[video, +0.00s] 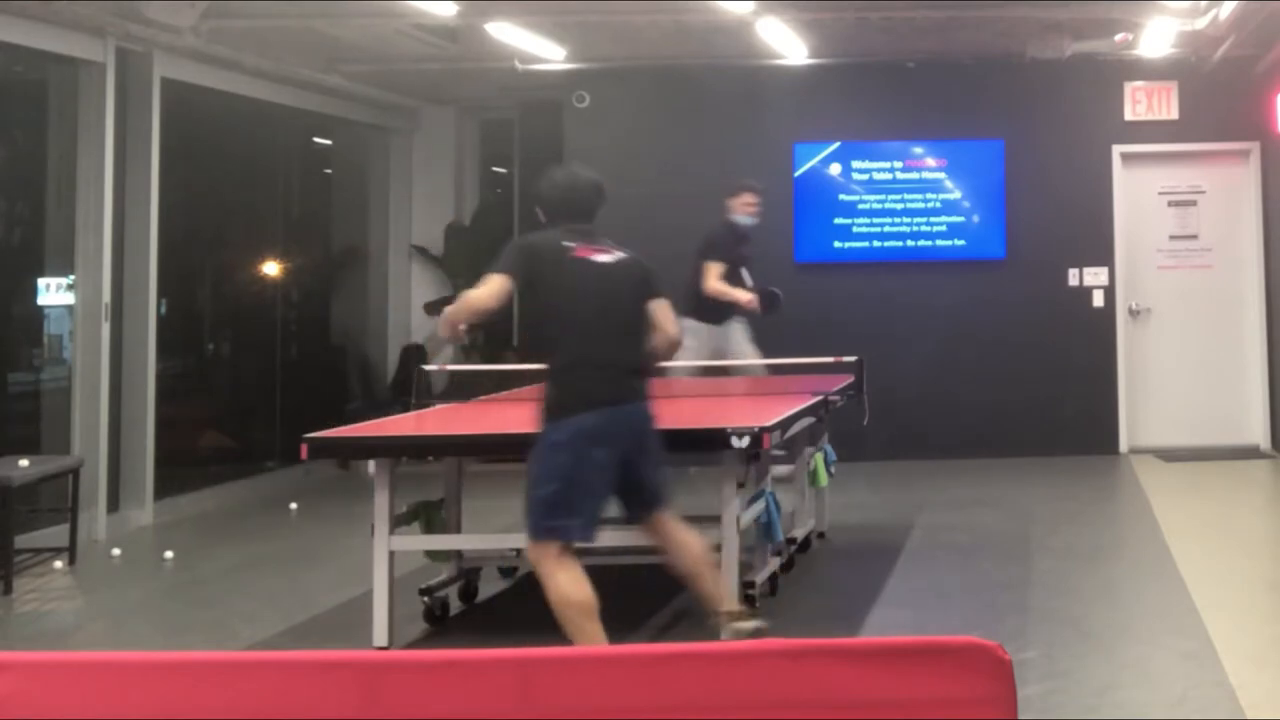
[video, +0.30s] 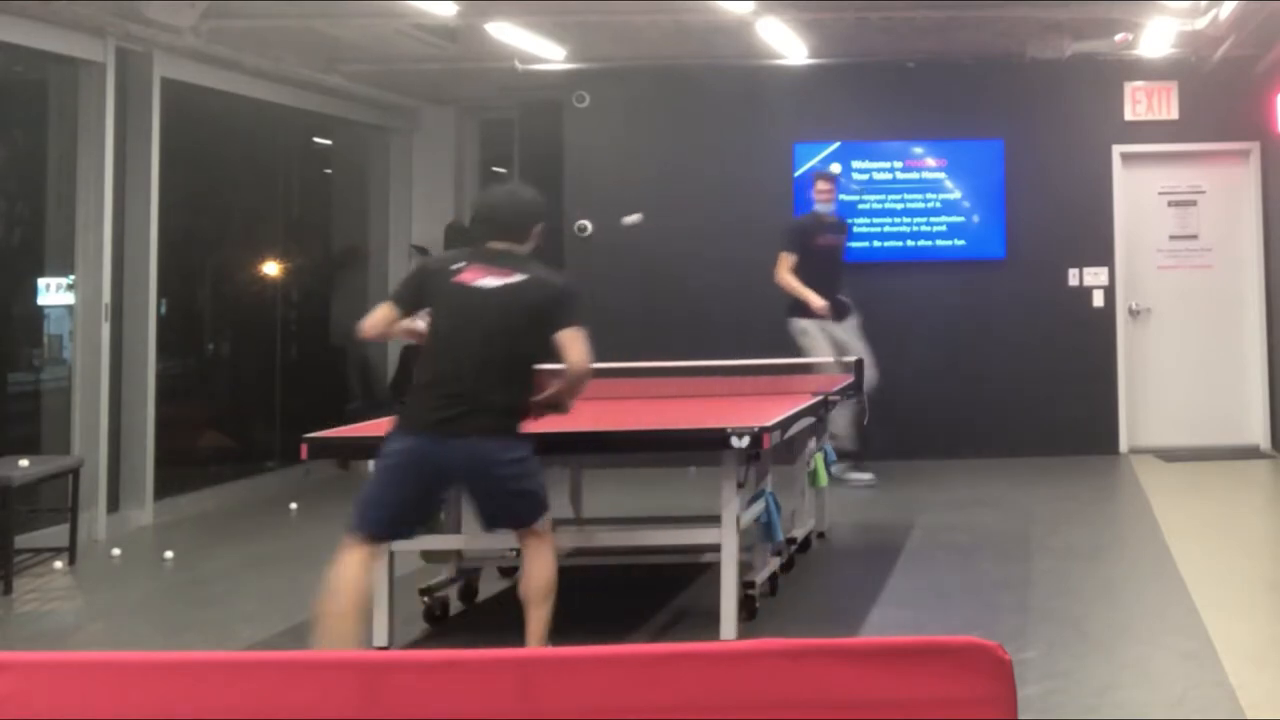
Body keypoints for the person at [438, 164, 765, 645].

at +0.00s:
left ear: (544, 208)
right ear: (596, 209)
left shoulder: (531, 248)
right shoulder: (627, 261)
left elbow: (484, 299)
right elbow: (668, 333)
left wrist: (454, 317)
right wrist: (636, 363)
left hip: (575, 420)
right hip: (630, 413)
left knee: (549, 547)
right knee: (658, 517)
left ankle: (600, 663)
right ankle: (732, 613)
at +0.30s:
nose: (541, 234)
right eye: (541, 228)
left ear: (477, 226)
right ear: (535, 234)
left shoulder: (437, 271)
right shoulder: (550, 287)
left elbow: (371, 327)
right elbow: (579, 365)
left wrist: (413, 327)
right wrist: (553, 399)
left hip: (420, 438)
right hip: (493, 442)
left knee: (359, 543)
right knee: (535, 535)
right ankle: (535, 655)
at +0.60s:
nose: (392, 283)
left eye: (392, 273)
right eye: (390, 274)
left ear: (328, 262)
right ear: (376, 275)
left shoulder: (278, 293)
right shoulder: (382, 317)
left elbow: (221, 349)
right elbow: (434, 392)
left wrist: (276, 336)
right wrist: (382, 395)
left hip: (246, 462)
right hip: (319, 466)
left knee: (191, 575)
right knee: (401, 567)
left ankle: (140, 678)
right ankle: (482, 662)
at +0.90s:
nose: (325, 218)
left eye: (322, 210)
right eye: (321, 211)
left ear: (259, 215)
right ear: (311, 218)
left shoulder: (226, 246)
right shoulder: (337, 268)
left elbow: (160, 287)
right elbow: (393, 320)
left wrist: (179, 334)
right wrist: (408, 315)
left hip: (218, 428)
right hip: (297, 432)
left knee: (158, 554)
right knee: (340, 550)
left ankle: (126, 677)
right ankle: (387, 666)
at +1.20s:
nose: (320, 221)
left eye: (319, 212)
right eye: (316, 213)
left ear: (251, 216)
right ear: (301, 220)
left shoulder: (198, 258)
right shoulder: (305, 279)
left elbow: (132, 329)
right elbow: (315, 368)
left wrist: (193, 359)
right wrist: (346, 392)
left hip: (172, 436)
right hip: (249, 439)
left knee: (138, 564)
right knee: (315, 553)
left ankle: (109, 687)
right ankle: (375, 670)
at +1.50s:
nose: (347, 238)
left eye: (349, 226)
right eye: (345, 226)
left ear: (291, 224)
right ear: (322, 227)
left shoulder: (243, 263)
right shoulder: (297, 274)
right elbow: (313, 365)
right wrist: (378, 390)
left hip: (169, 434)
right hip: (221, 439)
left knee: (158, 560)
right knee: (295, 553)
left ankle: (79, 669)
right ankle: (271, 689)